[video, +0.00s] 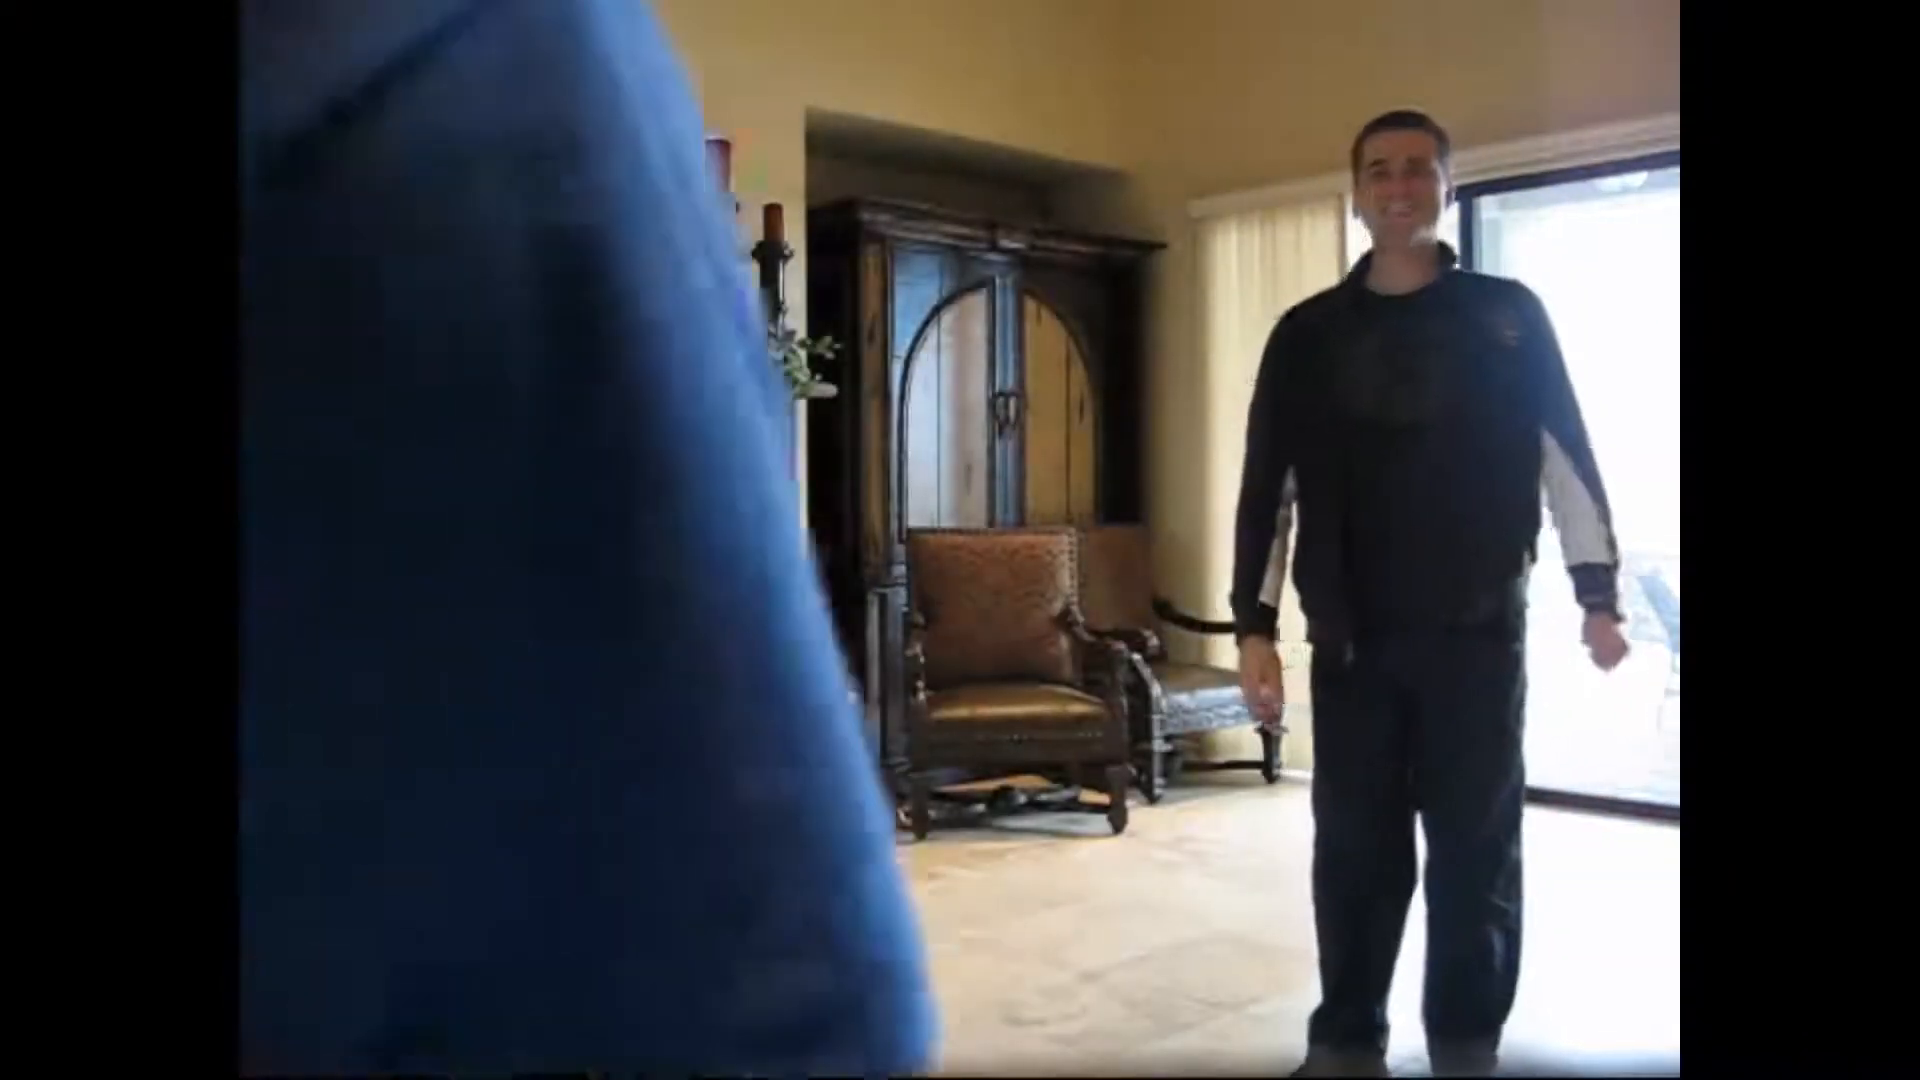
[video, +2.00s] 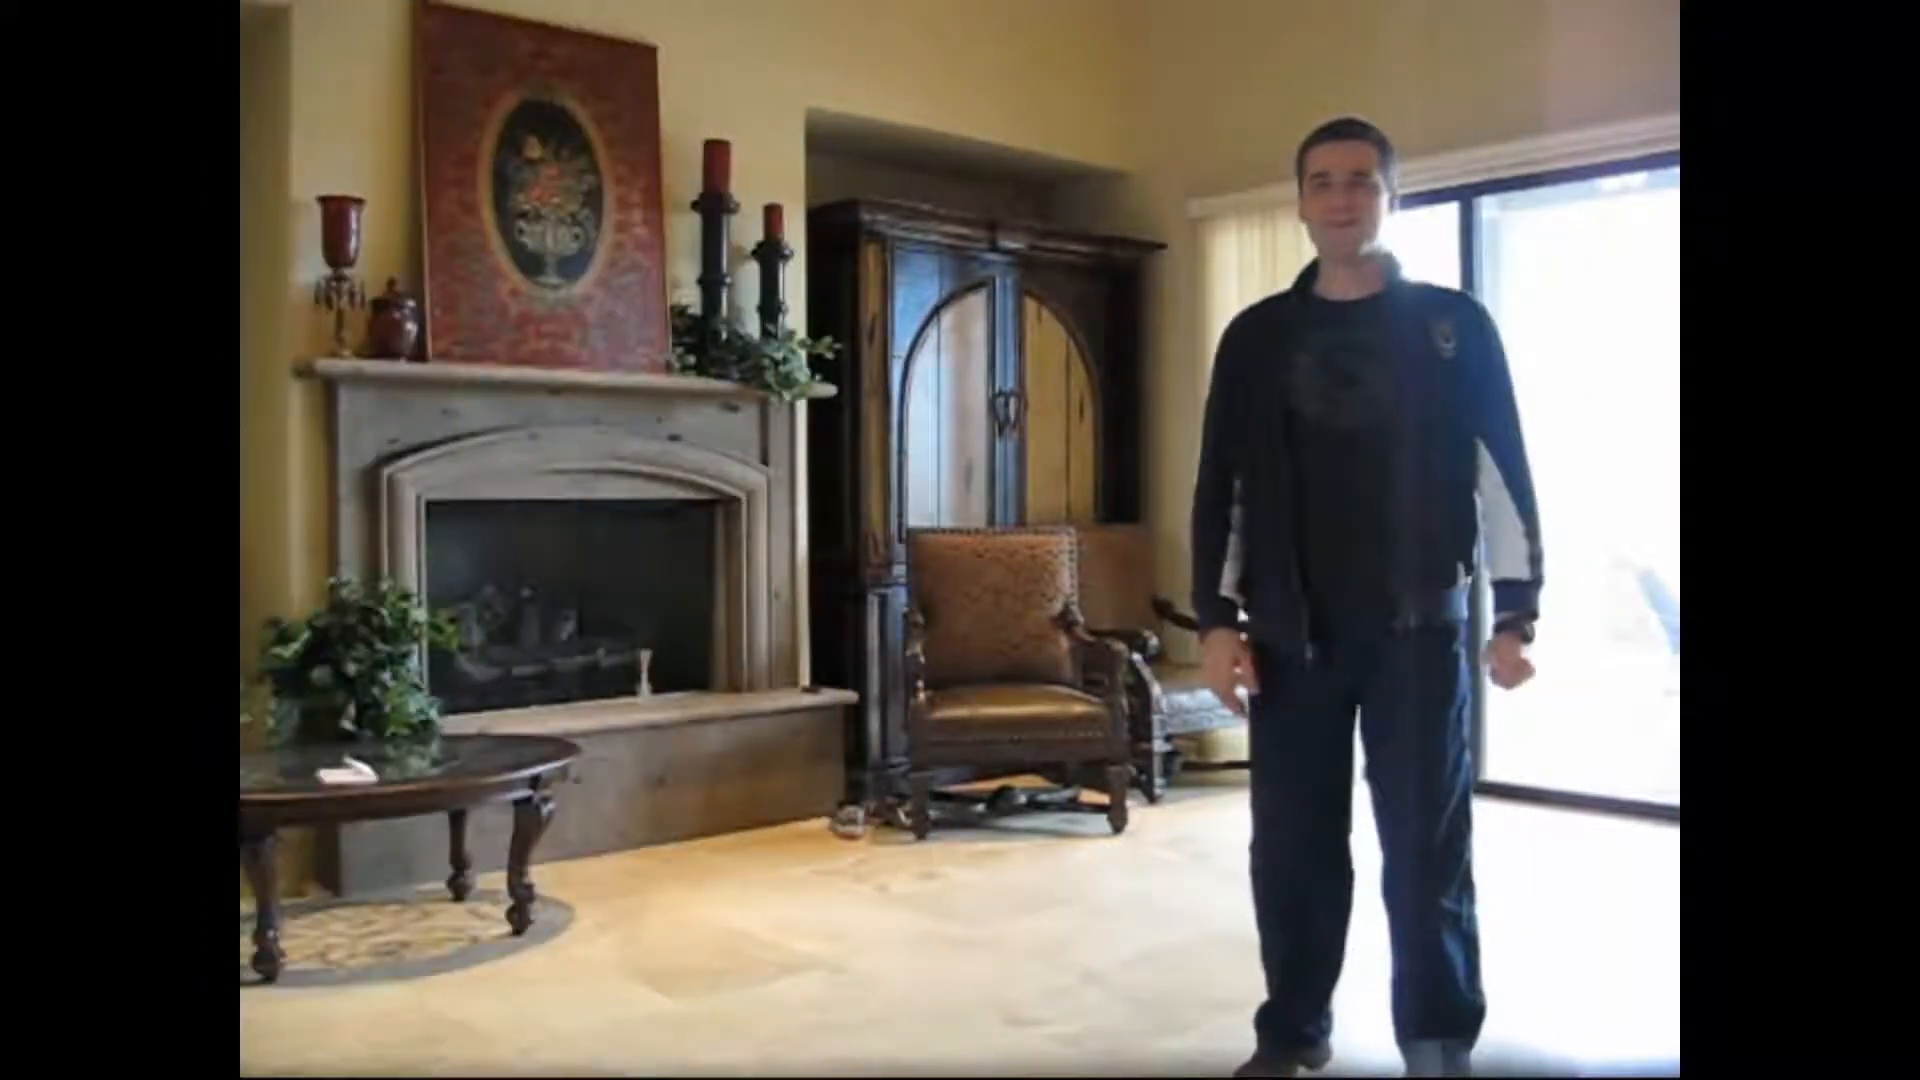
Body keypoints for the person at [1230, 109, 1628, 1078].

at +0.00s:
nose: (1401, 185)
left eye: (1419, 168)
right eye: (1382, 170)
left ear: (1448, 186)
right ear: (1355, 193)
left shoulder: (1507, 311)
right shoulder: (1305, 332)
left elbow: (1568, 457)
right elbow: (1262, 488)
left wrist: (1598, 593)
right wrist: (1251, 623)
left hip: (1474, 632)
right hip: (1351, 635)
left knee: (1475, 856)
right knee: (1353, 853)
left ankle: (1465, 1053)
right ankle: (1345, 1046)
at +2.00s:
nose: (1341, 198)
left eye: (1360, 181)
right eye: (1323, 182)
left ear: (1391, 197)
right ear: (1299, 200)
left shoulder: (1453, 324)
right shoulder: (1254, 335)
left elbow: (1508, 477)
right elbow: (1216, 487)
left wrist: (1515, 613)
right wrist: (1215, 618)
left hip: (1421, 631)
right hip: (1291, 636)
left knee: (1427, 856)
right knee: (1290, 851)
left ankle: (1440, 1052)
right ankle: (1292, 1035)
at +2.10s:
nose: (1335, 202)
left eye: (1353, 185)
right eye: (1317, 187)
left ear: (1386, 199)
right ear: (1295, 204)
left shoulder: (1453, 326)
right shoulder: (1255, 337)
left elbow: (1506, 480)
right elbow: (1215, 481)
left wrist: (1499, 612)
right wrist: (1197, 610)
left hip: (1416, 630)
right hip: (1286, 631)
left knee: (1425, 857)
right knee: (1258, 838)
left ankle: (1438, 1054)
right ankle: (1266, 1028)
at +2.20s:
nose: (1320, 204)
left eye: (1339, 186)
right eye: (1302, 188)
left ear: (1374, 197)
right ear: (1283, 204)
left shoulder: (1442, 325)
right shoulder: (1244, 339)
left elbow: (1493, 482)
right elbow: (1199, 483)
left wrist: (1466, 603)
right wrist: (1166, 605)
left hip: (1400, 632)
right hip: (1274, 633)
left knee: (1421, 856)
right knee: (1243, 848)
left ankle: (1438, 1051)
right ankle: (1231, 1040)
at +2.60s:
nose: (1227, 204)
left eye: (1247, 186)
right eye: (1211, 188)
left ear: (1281, 199)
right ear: (1189, 204)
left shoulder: (1338, 316)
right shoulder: (1159, 336)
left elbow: (1384, 475)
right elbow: (1084, 459)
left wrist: (1359, 618)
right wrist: (988, 564)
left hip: (1317, 632)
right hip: (1193, 638)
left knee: (1367, 860)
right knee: (1201, 872)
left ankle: (1418, 1050)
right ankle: (1207, 1059)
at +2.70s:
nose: (1210, 204)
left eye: (1229, 186)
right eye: (1191, 188)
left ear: (1261, 197)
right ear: (1170, 205)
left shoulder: (1325, 316)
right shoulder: (1138, 337)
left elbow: (1375, 471)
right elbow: (1044, 449)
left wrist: (1367, 616)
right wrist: (936, 525)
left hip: (1312, 629)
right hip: (1190, 634)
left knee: (1354, 862)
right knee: (1200, 866)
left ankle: (1403, 1052)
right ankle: (1206, 1056)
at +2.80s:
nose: (1192, 206)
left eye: (1211, 187)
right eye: (1174, 191)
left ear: (1245, 196)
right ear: (1156, 205)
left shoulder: (1317, 314)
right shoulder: (1125, 337)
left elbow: (1373, 466)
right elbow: (1017, 432)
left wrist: (1379, 616)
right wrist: (897, 474)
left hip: (1305, 625)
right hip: (1186, 630)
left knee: (1347, 858)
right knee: (1199, 866)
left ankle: (1385, 1053)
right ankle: (1206, 1056)